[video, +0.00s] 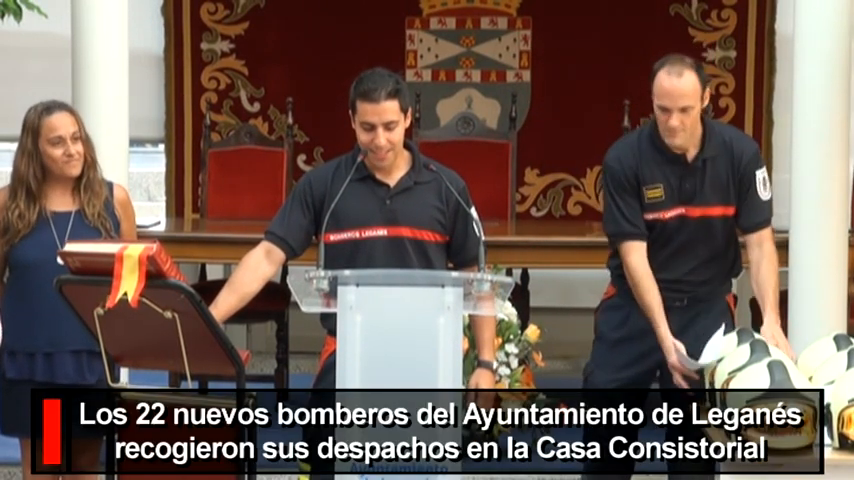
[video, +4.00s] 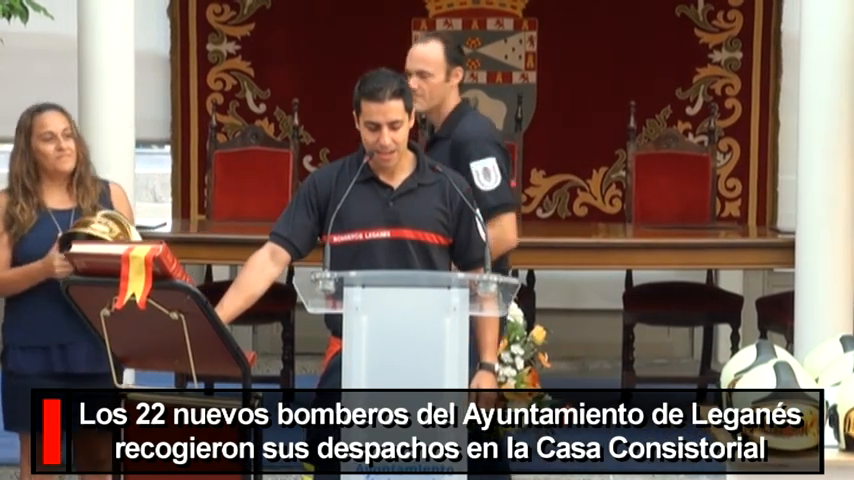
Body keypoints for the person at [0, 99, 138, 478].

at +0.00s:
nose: (72, 149)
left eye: (77, 138)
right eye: (58, 142)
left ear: (85, 140)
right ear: (35, 150)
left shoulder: (114, 200)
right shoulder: (10, 203)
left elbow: (131, 278)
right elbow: (2, 278)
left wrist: (126, 347)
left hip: (91, 359)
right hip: (26, 359)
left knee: (87, 466)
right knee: (40, 468)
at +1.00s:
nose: (73, 148)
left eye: (78, 136)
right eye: (59, 141)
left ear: (85, 139)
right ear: (36, 150)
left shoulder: (115, 199)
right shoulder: (10, 204)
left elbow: (133, 279)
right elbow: (2, 282)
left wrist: (127, 350)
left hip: (92, 362)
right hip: (27, 363)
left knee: (86, 467)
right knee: (40, 469)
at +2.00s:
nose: (86, 147)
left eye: (87, 137)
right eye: (72, 139)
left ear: (93, 139)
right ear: (42, 147)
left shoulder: (116, 196)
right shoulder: (11, 202)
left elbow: (127, 273)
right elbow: (1, 277)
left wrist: (126, 344)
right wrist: (6, 330)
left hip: (95, 355)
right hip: (30, 354)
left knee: (90, 465)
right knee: (43, 466)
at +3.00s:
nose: (115, 147)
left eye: (119, 136)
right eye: (101, 141)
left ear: (128, 139)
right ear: (80, 150)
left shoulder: (150, 196)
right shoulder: (66, 196)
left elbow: (164, 266)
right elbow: (70, 275)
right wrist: (118, 323)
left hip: (134, 337)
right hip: (76, 337)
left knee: (123, 451)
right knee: (77, 452)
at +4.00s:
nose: (63, 145)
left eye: (68, 135)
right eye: (49, 138)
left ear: (78, 141)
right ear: (29, 149)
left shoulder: (110, 195)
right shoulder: (9, 204)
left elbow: (133, 268)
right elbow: (2, 281)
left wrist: (104, 260)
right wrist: (44, 268)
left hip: (97, 356)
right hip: (31, 357)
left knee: (99, 466)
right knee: (38, 466)